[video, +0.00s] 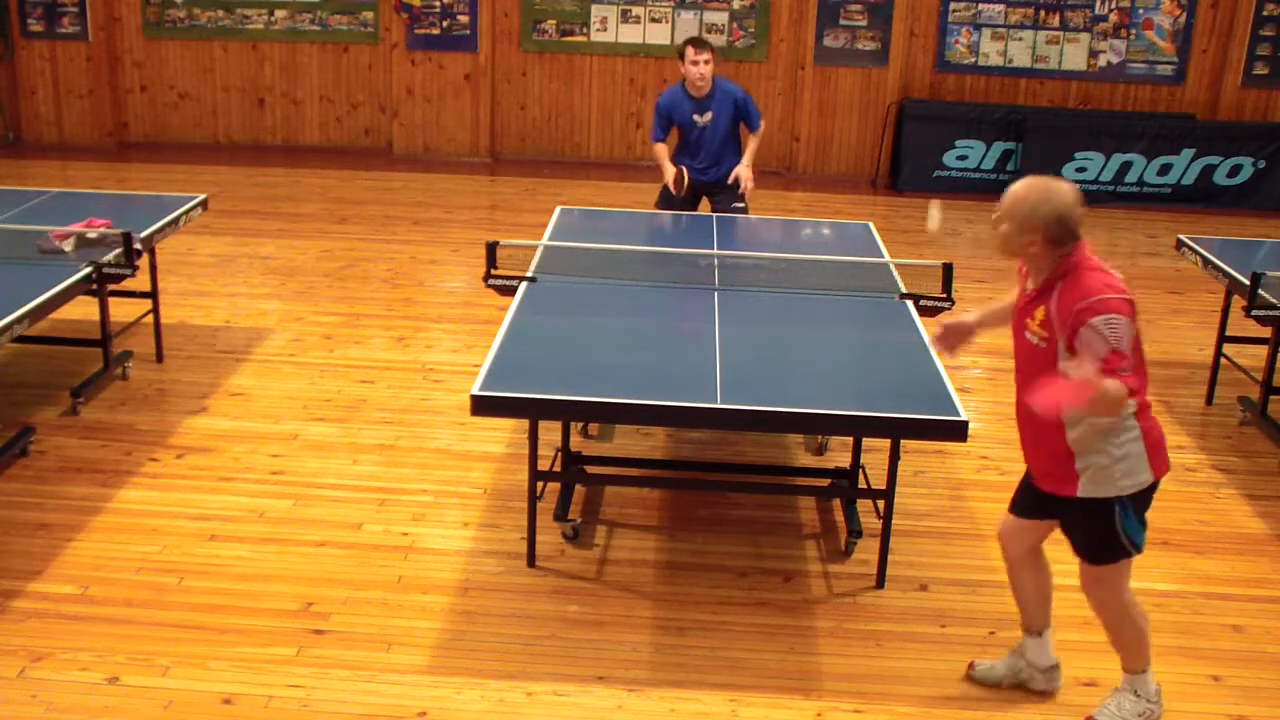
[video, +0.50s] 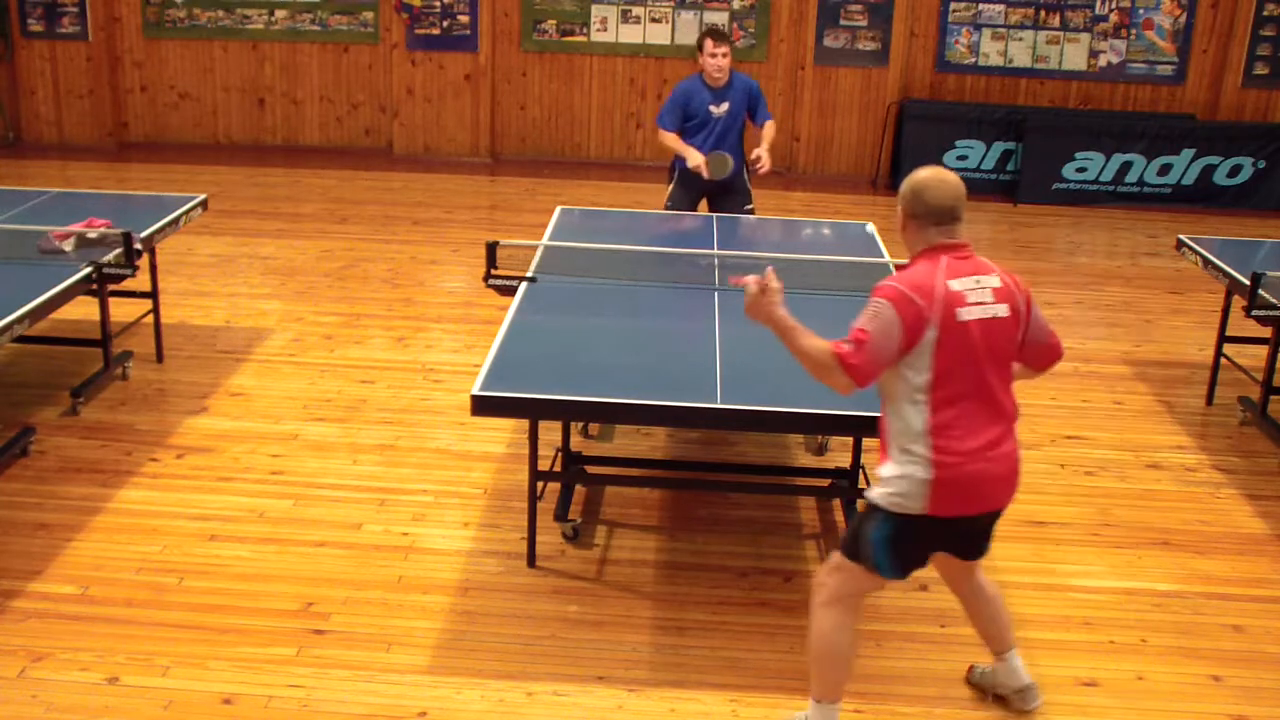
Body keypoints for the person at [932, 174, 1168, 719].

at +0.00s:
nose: (997, 225)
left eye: (1005, 222)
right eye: (1001, 217)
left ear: (1034, 244)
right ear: (1037, 242)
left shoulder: (1097, 298)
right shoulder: (1043, 266)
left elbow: (1119, 397)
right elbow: (1026, 307)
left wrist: (1084, 390)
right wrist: (972, 323)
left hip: (1109, 466)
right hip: (1059, 453)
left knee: (1106, 586)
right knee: (1016, 537)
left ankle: (1141, 691)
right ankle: (1037, 661)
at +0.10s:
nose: (959, 255)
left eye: (964, 247)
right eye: (959, 245)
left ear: (996, 253)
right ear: (1003, 247)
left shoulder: (1056, 297)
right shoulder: (1028, 277)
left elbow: (1070, 395)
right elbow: (1041, 357)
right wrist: (991, 357)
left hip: (1092, 477)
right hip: (1047, 464)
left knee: (1070, 599)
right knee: (1002, 552)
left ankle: (1136, 683)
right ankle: (1029, 672)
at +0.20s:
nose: (940, 251)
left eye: (941, 242)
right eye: (940, 241)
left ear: (960, 247)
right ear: (995, 234)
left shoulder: (1014, 308)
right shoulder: (1032, 273)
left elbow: (1016, 406)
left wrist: (942, 400)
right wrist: (975, 382)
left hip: (1064, 484)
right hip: (1032, 467)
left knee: (1008, 600)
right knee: (984, 559)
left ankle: (1101, 667)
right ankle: (1026, 672)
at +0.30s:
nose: (927, 238)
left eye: (928, 229)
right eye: (929, 229)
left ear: (939, 236)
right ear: (989, 227)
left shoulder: (981, 303)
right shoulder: (1026, 270)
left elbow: (954, 397)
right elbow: (1076, 332)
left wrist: (874, 359)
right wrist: (1013, 365)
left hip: (1023, 485)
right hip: (1058, 468)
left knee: (937, 588)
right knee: (982, 570)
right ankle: (1027, 671)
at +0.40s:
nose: (915, 230)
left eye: (916, 221)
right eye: (918, 221)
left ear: (925, 226)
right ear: (975, 220)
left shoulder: (949, 294)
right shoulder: (1015, 272)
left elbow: (893, 380)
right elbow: (1065, 333)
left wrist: (823, 327)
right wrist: (1004, 362)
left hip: (978, 481)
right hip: (1030, 470)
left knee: (883, 581)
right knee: (973, 566)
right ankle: (1026, 672)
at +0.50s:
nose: (896, 220)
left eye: (898, 212)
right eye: (897, 212)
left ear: (905, 217)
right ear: (962, 217)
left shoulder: (907, 290)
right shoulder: (1003, 282)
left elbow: (846, 371)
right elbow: (1045, 355)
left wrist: (776, 317)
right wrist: (980, 357)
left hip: (922, 484)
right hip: (993, 477)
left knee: (835, 587)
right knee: (960, 565)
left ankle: (822, 710)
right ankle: (1013, 674)